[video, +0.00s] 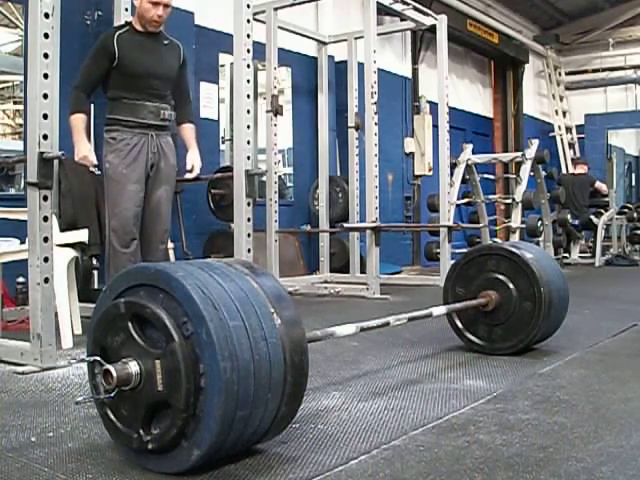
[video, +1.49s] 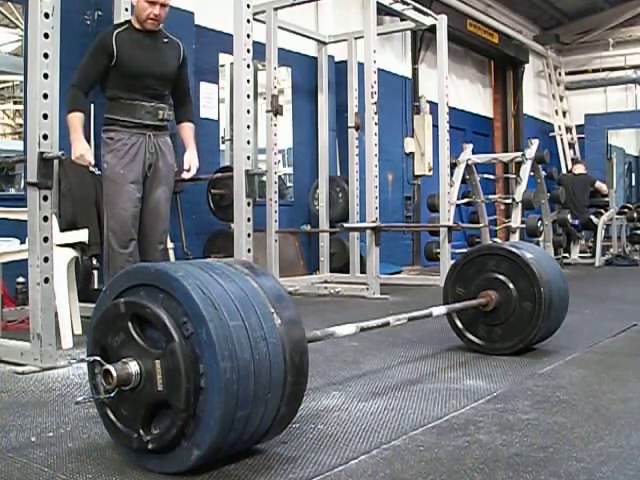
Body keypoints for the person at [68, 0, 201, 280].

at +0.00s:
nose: (160, 12)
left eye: (166, 7)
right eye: (154, 4)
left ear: (170, 10)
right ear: (137, 3)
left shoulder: (175, 50)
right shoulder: (113, 41)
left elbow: (183, 105)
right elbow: (80, 92)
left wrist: (192, 148)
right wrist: (80, 142)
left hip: (164, 143)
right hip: (124, 141)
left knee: (158, 231)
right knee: (124, 229)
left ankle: (158, 304)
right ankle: (123, 304)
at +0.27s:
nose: (160, 13)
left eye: (166, 7)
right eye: (154, 5)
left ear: (170, 10)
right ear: (137, 3)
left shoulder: (176, 50)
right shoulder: (113, 41)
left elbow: (183, 106)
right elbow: (80, 92)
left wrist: (193, 149)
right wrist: (79, 141)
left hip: (164, 143)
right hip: (123, 141)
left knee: (159, 231)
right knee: (124, 229)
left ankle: (158, 304)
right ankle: (123, 304)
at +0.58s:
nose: (159, 12)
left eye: (165, 6)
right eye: (153, 4)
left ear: (170, 10)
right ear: (137, 3)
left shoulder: (176, 50)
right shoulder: (114, 40)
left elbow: (184, 105)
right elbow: (80, 91)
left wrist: (192, 149)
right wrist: (80, 141)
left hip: (164, 144)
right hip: (123, 142)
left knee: (158, 232)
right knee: (124, 229)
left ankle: (158, 304)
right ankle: (122, 305)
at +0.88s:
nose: (160, 11)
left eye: (166, 6)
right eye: (154, 3)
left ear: (170, 9)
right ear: (137, 2)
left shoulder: (176, 49)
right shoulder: (114, 40)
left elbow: (183, 104)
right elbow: (80, 91)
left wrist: (191, 149)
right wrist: (80, 141)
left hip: (163, 143)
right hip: (123, 141)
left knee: (158, 232)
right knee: (123, 230)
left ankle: (158, 304)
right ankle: (121, 305)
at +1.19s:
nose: (158, 11)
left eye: (165, 6)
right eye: (152, 3)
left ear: (170, 10)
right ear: (136, 2)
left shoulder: (176, 49)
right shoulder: (113, 39)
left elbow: (183, 104)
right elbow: (79, 90)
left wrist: (191, 149)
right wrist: (79, 141)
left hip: (163, 143)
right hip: (122, 141)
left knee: (157, 233)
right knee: (122, 230)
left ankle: (159, 305)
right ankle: (122, 306)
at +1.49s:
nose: (156, 11)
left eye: (163, 6)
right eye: (150, 4)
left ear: (168, 9)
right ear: (135, 3)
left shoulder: (175, 48)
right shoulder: (112, 39)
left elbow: (183, 103)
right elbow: (77, 91)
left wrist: (191, 148)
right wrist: (77, 140)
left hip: (162, 143)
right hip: (122, 141)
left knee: (157, 233)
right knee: (122, 231)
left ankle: (159, 306)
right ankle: (121, 307)